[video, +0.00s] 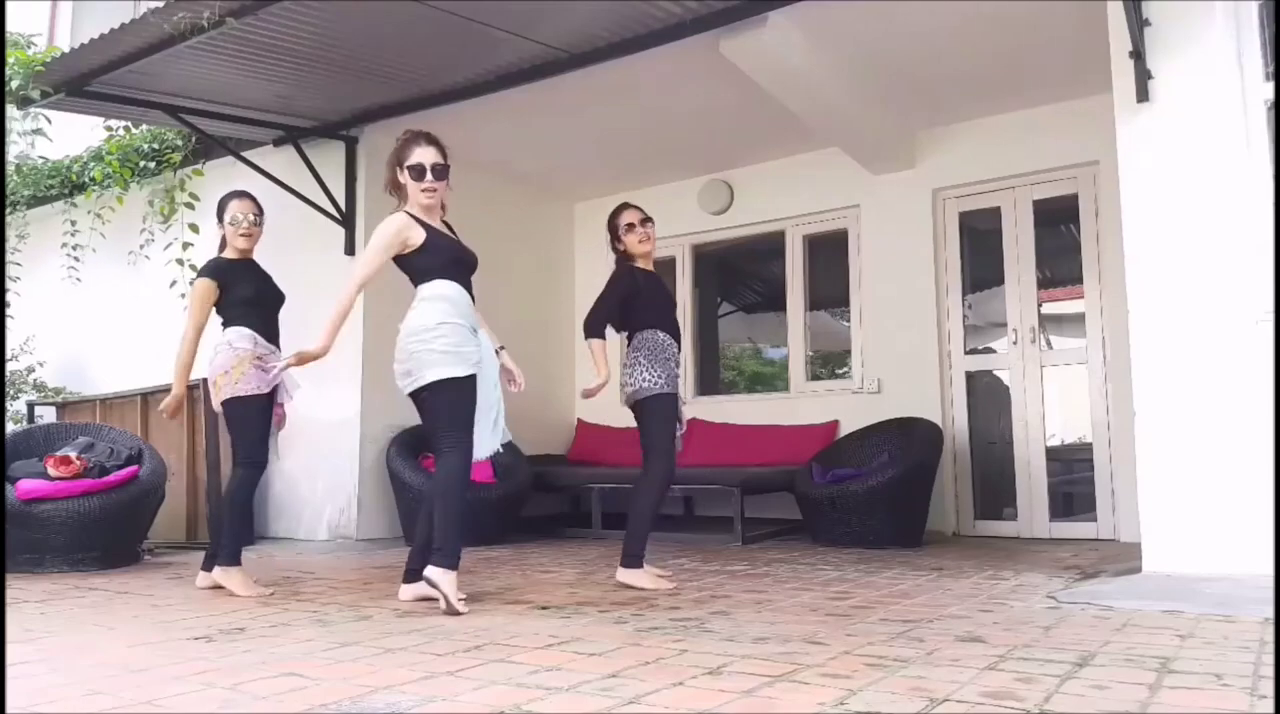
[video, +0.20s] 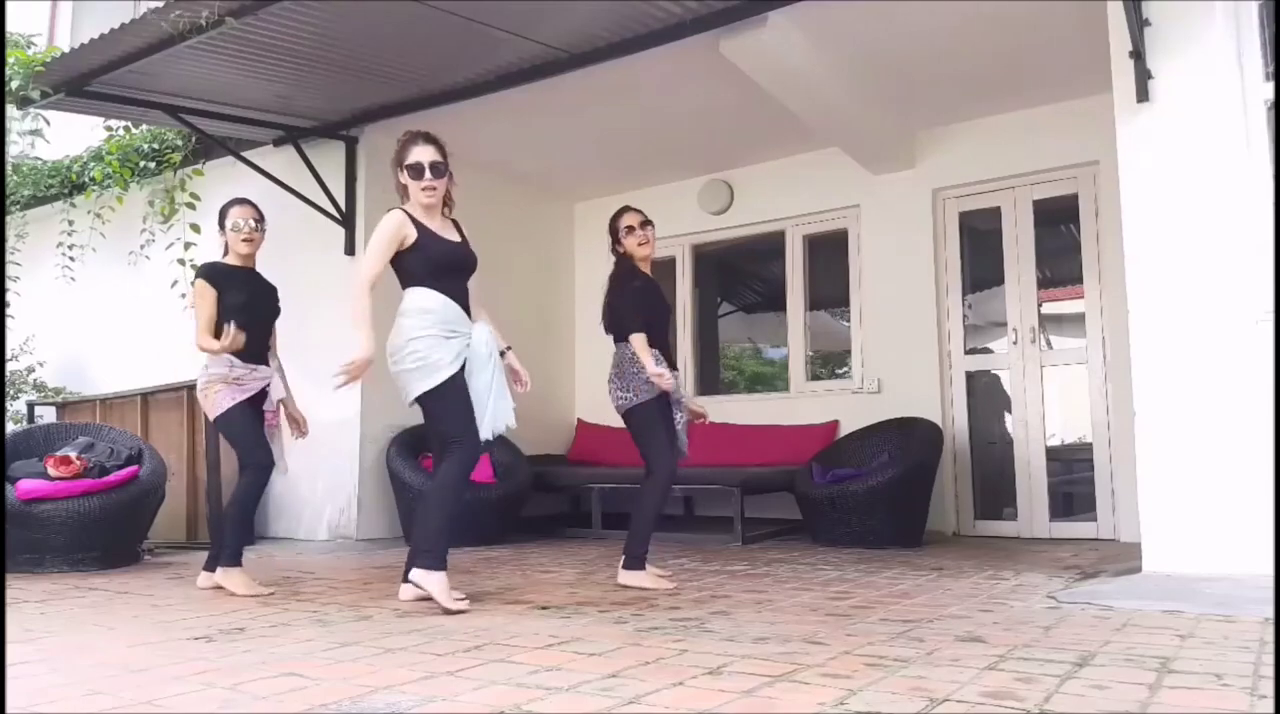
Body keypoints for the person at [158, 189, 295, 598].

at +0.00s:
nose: (247, 225)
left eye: (254, 219)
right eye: (237, 219)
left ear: (262, 226)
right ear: (222, 227)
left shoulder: (258, 271)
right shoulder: (215, 270)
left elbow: (267, 335)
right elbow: (193, 331)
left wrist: (276, 390)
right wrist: (179, 388)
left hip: (263, 373)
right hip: (237, 370)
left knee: (247, 465)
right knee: (251, 464)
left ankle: (215, 563)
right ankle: (229, 565)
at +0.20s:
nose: (247, 231)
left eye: (254, 225)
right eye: (237, 226)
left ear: (263, 233)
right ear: (223, 234)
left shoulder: (267, 289)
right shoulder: (211, 275)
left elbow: (272, 353)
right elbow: (202, 338)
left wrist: (288, 403)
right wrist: (222, 347)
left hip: (259, 384)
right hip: (222, 381)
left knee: (253, 472)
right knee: (259, 463)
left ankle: (213, 566)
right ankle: (229, 566)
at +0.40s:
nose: (248, 244)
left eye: (255, 239)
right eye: (239, 238)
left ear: (263, 246)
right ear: (224, 245)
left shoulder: (265, 301)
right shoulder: (205, 286)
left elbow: (274, 362)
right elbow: (189, 343)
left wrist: (287, 412)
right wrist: (238, 330)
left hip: (261, 390)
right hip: (221, 388)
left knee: (267, 482)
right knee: (257, 470)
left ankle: (215, 570)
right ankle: (266, 565)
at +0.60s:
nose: (246, 255)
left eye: (254, 249)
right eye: (237, 249)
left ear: (262, 257)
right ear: (222, 255)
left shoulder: (264, 309)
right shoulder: (207, 302)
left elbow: (273, 365)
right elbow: (199, 364)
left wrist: (284, 409)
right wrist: (225, 389)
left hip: (267, 399)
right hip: (227, 399)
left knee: (278, 492)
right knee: (274, 466)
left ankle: (215, 569)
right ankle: (255, 568)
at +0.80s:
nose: (248, 246)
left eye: (255, 240)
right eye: (238, 239)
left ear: (262, 248)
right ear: (223, 246)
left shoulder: (267, 301)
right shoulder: (208, 288)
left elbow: (279, 363)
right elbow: (183, 347)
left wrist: (301, 413)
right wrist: (217, 315)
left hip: (273, 390)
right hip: (235, 390)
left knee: (268, 489)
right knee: (276, 462)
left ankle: (214, 570)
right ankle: (258, 564)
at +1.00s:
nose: (248, 228)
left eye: (254, 221)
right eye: (237, 223)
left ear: (263, 229)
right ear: (224, 233)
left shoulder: (271, 279)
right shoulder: (221, 275)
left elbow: (278, 342)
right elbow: (182, 336)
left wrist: (292, 394)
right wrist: (190, 390)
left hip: (276, 376)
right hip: (246, 372)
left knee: (257, 465)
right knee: (259, 462)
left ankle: (215, 564)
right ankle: (228, 560)